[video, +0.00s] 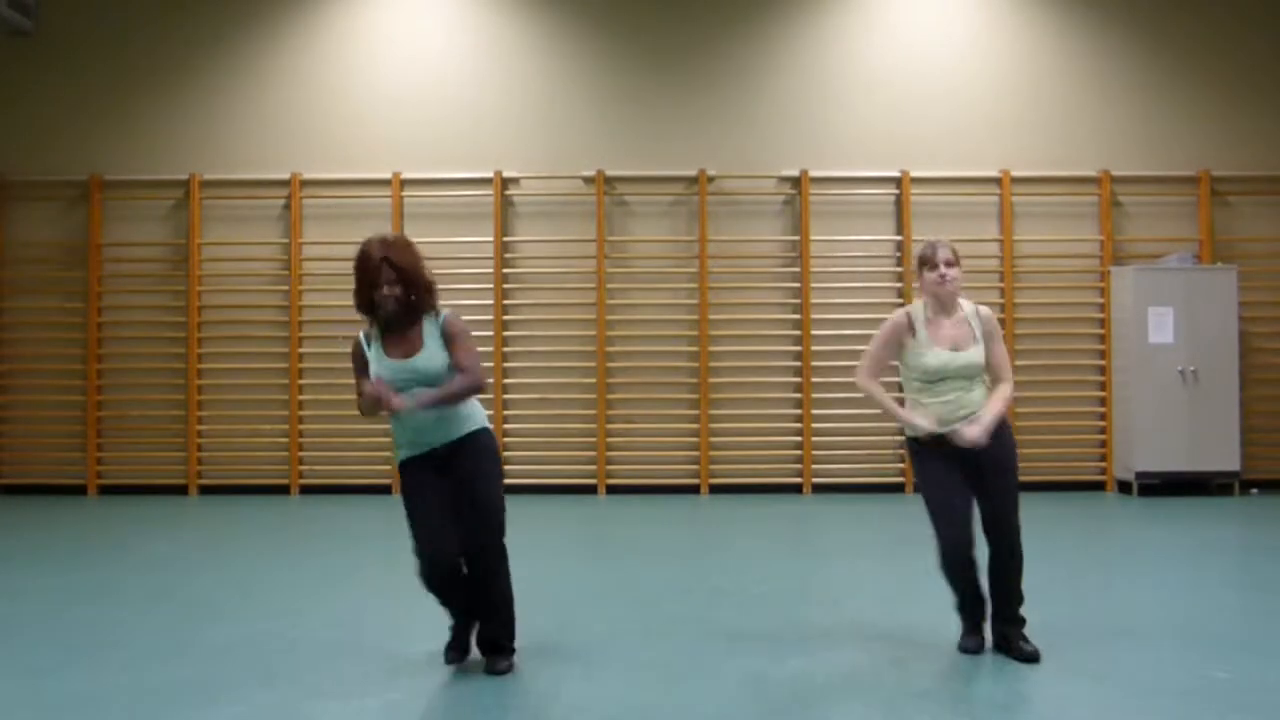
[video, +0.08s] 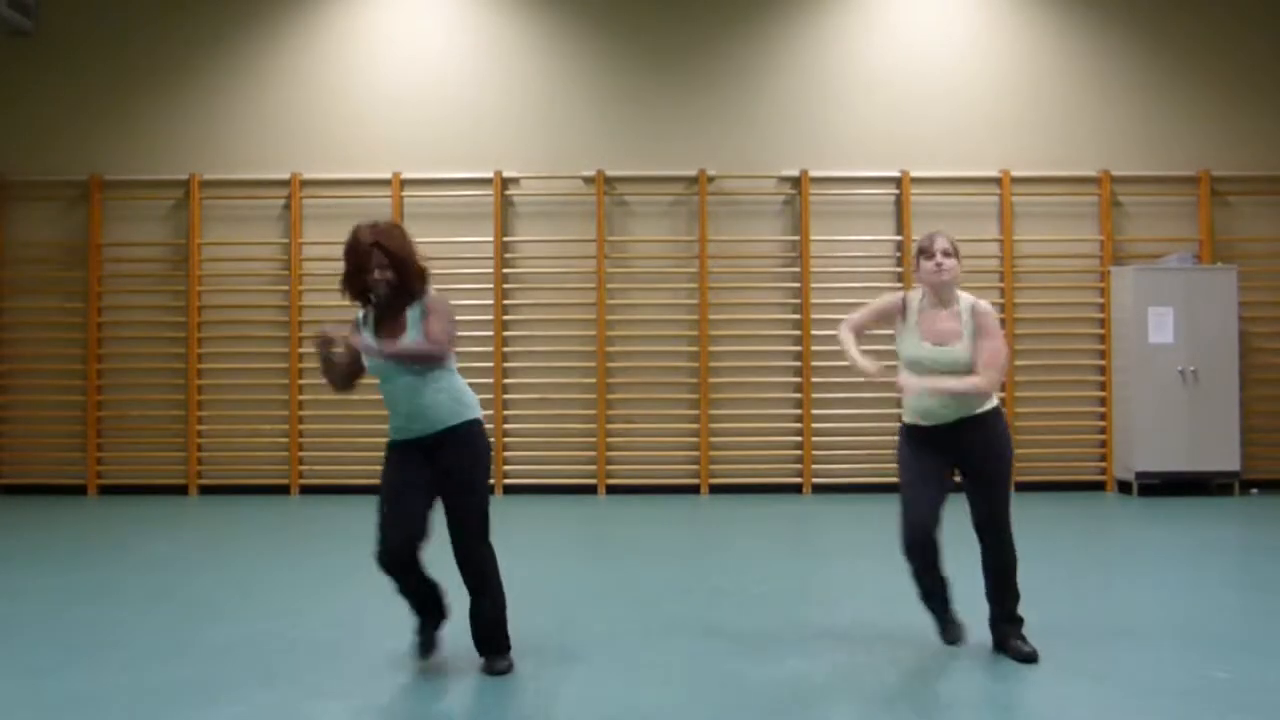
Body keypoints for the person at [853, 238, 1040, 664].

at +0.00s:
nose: (943, 273)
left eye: (950, 265)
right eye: (933, 268)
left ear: (961, 272)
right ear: (919, 278)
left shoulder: (982, 318)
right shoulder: (902, 324)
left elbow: (1005, 382)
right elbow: (864, 377)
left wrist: (984, 424)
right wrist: (905, 416)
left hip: (987, 433)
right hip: (933, 442)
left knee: (1005, 537)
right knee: (955, 544)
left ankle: (1009, 629)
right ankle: (972, 622)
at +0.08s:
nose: (939, 262)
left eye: (947, 255)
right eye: (929, 256)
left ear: (959, 265)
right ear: (916, 267)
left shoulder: (981, 314)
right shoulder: (902, 305)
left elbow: (987, 383)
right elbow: (846, 327)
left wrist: (922, 384)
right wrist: (861, 362)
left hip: (980, 430)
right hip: (922, 435)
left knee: (995, 532)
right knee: (916, 535)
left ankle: (1007, 629)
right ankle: (941, 613)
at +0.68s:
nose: (829, 250)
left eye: (838, 244)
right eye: (822, 243)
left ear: (853, 253)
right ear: (812, 251)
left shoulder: (864, 299)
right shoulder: (806, 295)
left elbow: (844, 358)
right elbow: (787, 339)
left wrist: (784, 344)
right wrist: (770, 331)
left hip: (853, 428)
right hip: (803, 422)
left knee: (839, 534)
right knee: (774, 528)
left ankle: (871, 635)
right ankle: (810, 618)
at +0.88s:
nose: (787, 242)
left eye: (799, 237)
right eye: (781, 235)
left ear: (814, 249)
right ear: (770, 243)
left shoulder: (812, 288)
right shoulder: (764, 279)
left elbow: (751, 273)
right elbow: (722, 264)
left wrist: (707, 223)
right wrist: (688, 238)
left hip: (818, 426)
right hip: (761, 426)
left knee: (849, 529)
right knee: (712, 524)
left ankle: (877, 636)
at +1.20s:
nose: (710, 265)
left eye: (720, 258)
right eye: (703, 259)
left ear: (736, 267)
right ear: (694, 269)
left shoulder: (755, 313)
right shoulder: (683, 310)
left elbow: (757, 381)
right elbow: (629, 338)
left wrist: (697, 393)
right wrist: (610, 374)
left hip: (736, 448)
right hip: (680, 438)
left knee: (735, 550)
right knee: (659, 544)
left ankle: (710, 606)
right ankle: (641, 638)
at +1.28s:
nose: (699, 272)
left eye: (708, 265)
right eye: (691, 267)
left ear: (722, 274)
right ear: (680, 278)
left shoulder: (750, 320)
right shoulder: (669, 331)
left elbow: (779, 380)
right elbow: (638, 394)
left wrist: (748, 414)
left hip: (728, 451)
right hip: (673, 447)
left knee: (713, 554)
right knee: (656, 542)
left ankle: (661, 618)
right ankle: (635, 631)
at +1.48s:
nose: (723, 247)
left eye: (729, 238)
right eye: (712, 242)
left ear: (741, 244)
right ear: (701, 255)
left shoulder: (760, 278)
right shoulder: (701, 300)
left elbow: (798, 280)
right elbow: (740, 329)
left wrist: (831, 274)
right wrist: (785, 286)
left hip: (741, 425)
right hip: (689, 422)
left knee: (775, 522)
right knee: (662, 528)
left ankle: (755, 618)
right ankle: (636, 635)